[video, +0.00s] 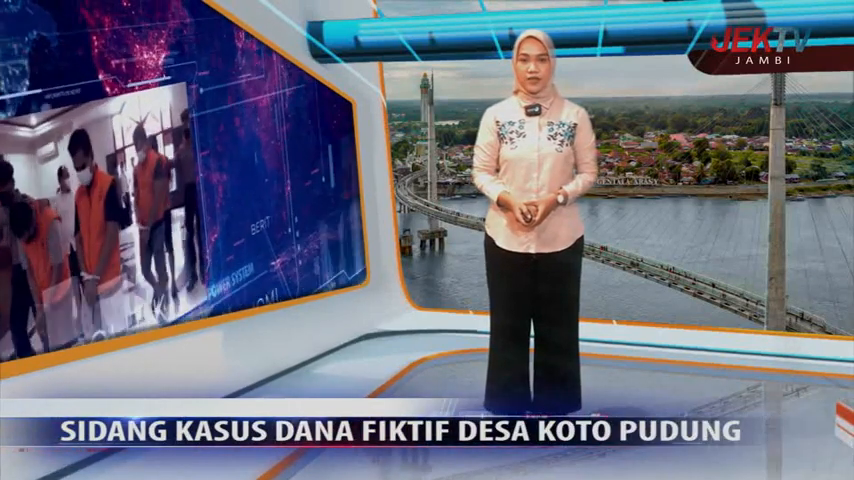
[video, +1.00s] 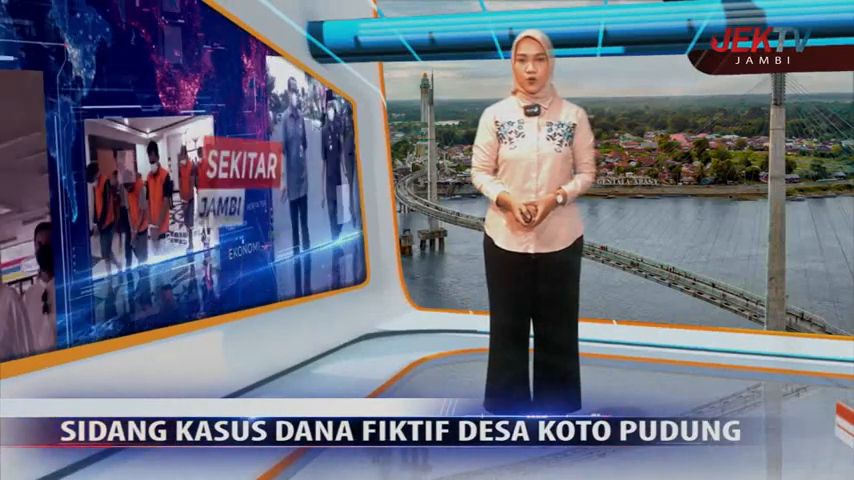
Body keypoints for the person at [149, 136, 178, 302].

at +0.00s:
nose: (138, 147)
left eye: (140, 143)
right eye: (136, 143)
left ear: (147, 142)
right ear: (136, 144)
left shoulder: (159, 161)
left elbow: (160, 193)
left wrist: (151, 219)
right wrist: (138, 216)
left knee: (159, 262)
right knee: (145, 267)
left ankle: (166, 291)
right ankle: (157, 289)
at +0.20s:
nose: (154, 150)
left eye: (156, 146)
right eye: (152, 147)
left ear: (161, 144)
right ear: (150, 148)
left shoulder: (173, 162)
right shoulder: (154, 167)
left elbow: (174, 189)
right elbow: (154, 189)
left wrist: (168, 211)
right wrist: (155, 210)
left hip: (172, 212)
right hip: (159, 213)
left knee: (173, 250)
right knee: (158, 252)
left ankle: (176, 285)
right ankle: (163, 286)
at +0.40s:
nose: (164, 150)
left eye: (165, 147)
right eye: (162, 147)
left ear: (170, 147)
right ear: (160, 149)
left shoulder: (180, 163)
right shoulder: (164, 168)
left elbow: (183, 188)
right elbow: (163, 188)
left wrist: (177, 206)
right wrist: (165, 205)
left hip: (180, 206)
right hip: (168, 207)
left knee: (180, 237)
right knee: (167, 240)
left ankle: (183, 263)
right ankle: (167, 273)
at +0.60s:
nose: (168, 150)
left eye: (169, 147)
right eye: (166, 148)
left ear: (173, 147)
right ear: (166, 149)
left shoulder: (180, 159)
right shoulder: (168, 162)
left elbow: (184, 179)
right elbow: (168, 180)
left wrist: (183, 195)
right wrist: (169, 195)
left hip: (183, 199)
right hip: (173, 200)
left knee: (184, 229)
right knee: (174, 231)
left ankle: (190, 254)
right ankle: (176, 261)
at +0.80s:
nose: (175, 149)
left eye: (177, 147)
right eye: (174, 147)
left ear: (180, 148)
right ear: (173, 148)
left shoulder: (186, 161)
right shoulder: (173, 162)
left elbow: (189, 177)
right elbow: (172, 179)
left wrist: (189, 189)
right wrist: (174, 190)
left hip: (186, 195)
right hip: (177, 196)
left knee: (186, 223)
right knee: (180, 223)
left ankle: (191, 247)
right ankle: (184, 249)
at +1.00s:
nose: (182, 157)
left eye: (183, 155)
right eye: (181, 155)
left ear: (186, 154)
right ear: (179, 155)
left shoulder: (192, 166)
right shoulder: (179, 166)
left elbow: (195, 181)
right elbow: (179, 180)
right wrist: (181, 194)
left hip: (191, 197)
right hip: (183, 198)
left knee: (189, 223)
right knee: (187, 222)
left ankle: (190, 243)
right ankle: (190, 243)